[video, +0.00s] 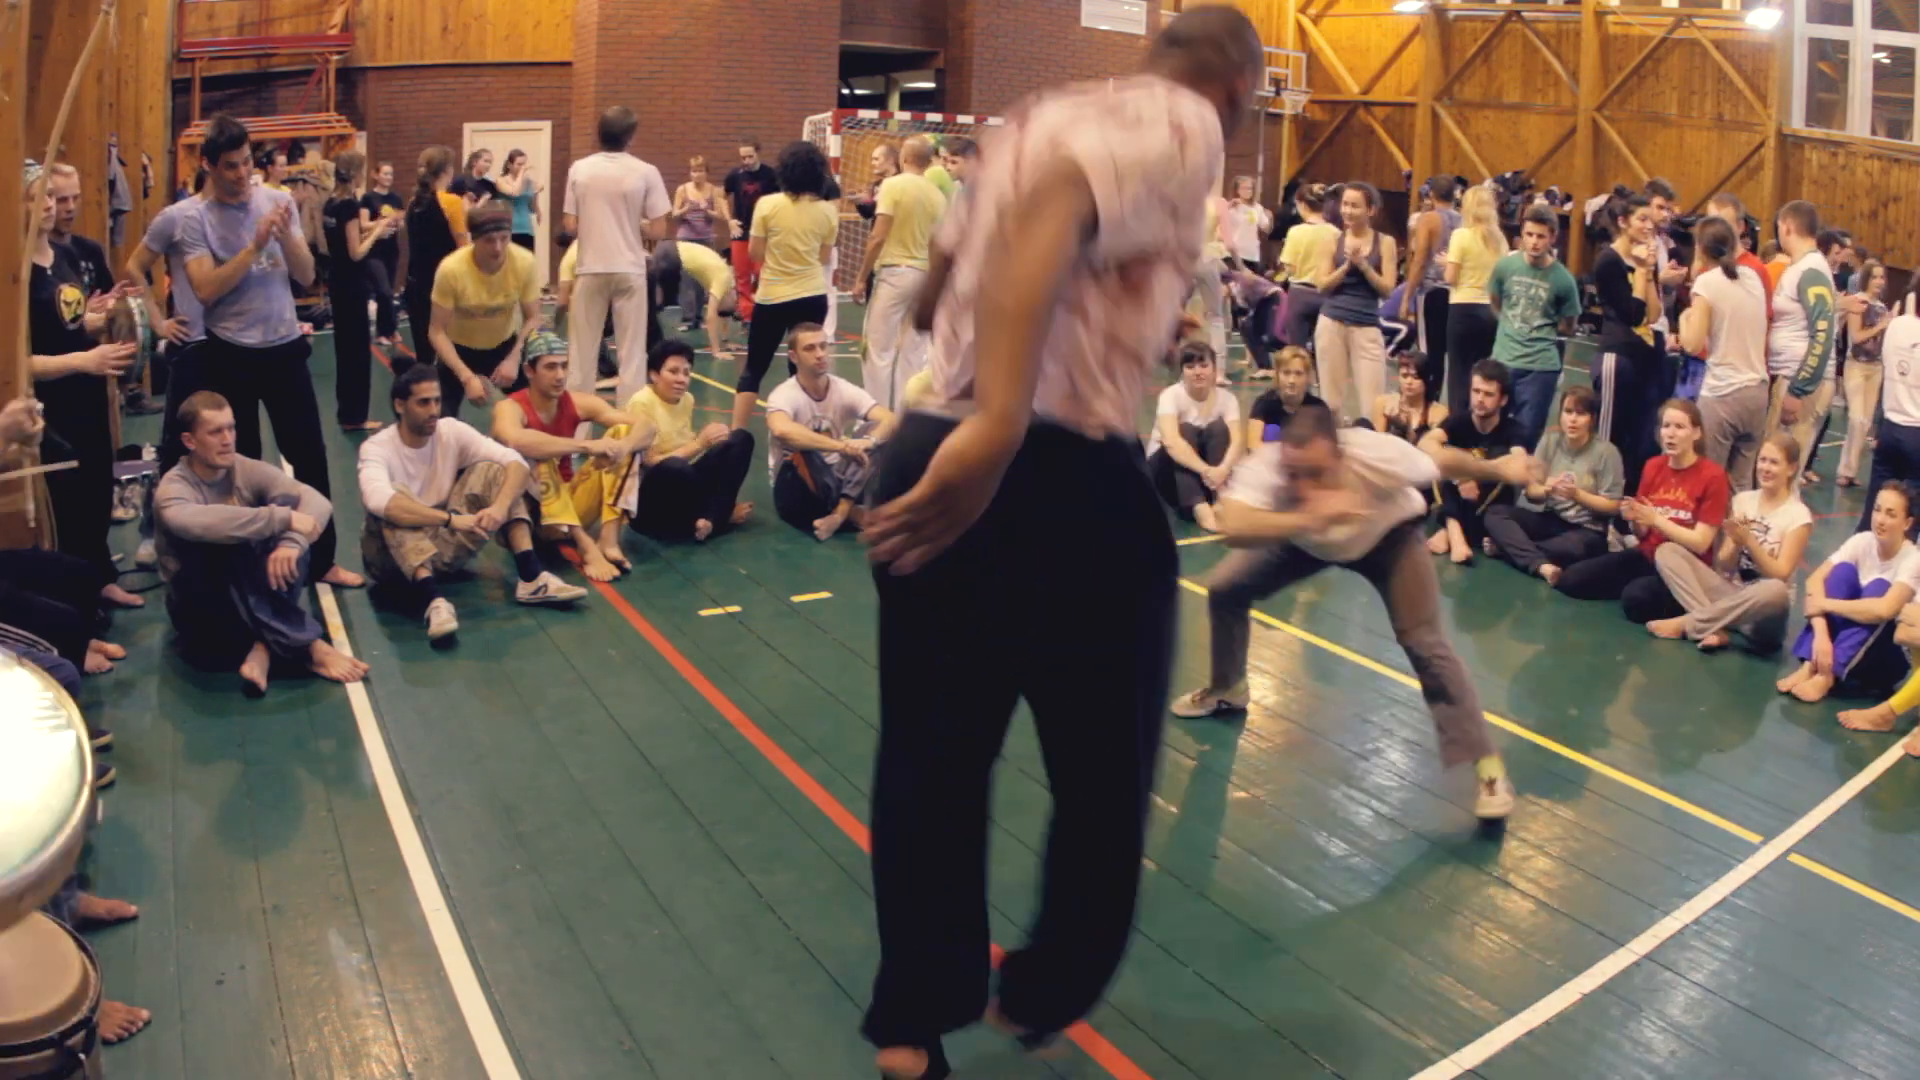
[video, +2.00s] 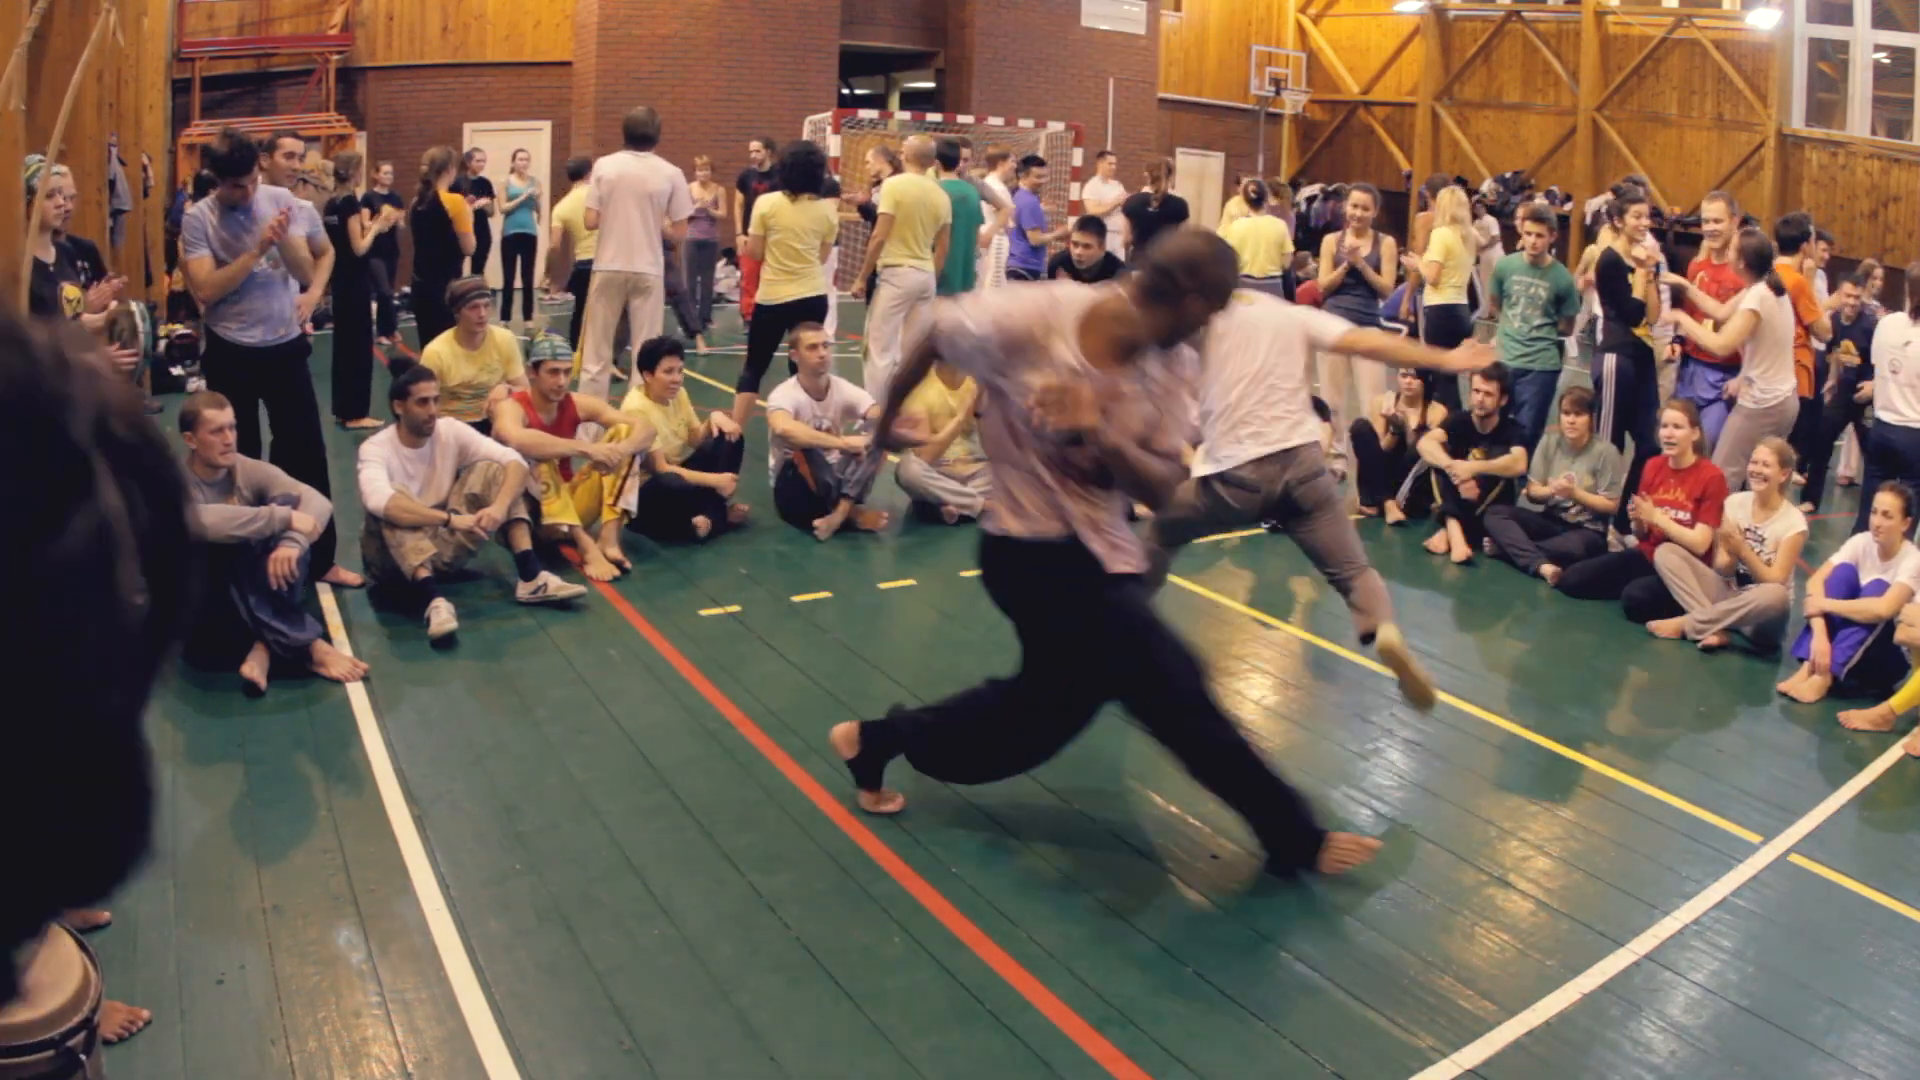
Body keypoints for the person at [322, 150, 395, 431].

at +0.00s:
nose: (369, 177)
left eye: (369, 171)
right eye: (367, 171)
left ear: (340, 171)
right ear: (357, 174)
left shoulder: (330, 205)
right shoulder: (349, 207)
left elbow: (344, 243)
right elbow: (356, 251)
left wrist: (373, 230)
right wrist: (376, 232)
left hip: (338, 279)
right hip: (353, 282)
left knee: (347, 343)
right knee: (358, 346)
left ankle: (347, 411)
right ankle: (355, 416)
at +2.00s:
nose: (368, 175)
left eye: (366, 169)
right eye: (365, 169)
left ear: (340, 171)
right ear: (356, 172)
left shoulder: (332, 203)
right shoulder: (350, 203)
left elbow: (346, 243)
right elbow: (359, 246)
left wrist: (375, 226)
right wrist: (376, 226)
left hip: (340, 280)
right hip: (356, 282)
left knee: (346, 342)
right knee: (359, 344)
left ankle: (344, 409)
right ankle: (354, 413)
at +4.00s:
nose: (369, 174)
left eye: (368, 169)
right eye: (367, 169)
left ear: (343, 172)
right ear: (357, 172)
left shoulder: (333, 202)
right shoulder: (355, 203)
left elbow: (339, 246)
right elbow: (363, 247)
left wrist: (368, 226)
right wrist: (378, 228)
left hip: (341, 279)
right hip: (358, 281)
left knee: (347, 342)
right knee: (360, 344)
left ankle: (345, 411)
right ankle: (356, 414)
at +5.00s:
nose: (371, 172)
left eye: (370, 168)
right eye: (366, 168)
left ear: (349, 171)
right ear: (352, 171)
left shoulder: (336, 203)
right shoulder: (354, 203)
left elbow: (344, 245)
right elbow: (363, 247)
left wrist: (371, 225)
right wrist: (377, 226)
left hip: (343, 279)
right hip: (358, 282)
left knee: (347, 342)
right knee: (360, 344)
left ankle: (346, 410)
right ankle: (356, 414)